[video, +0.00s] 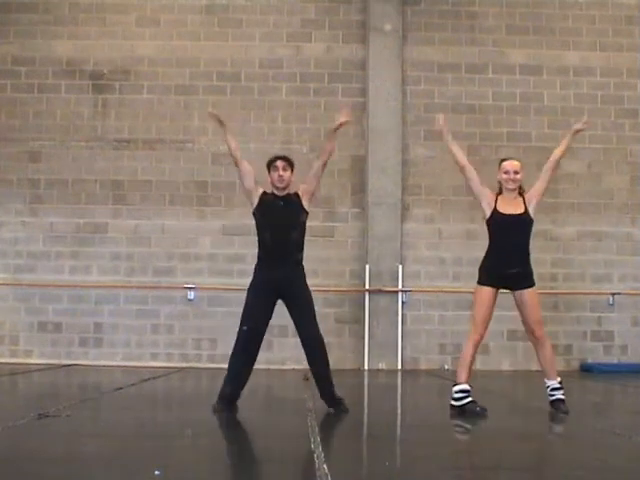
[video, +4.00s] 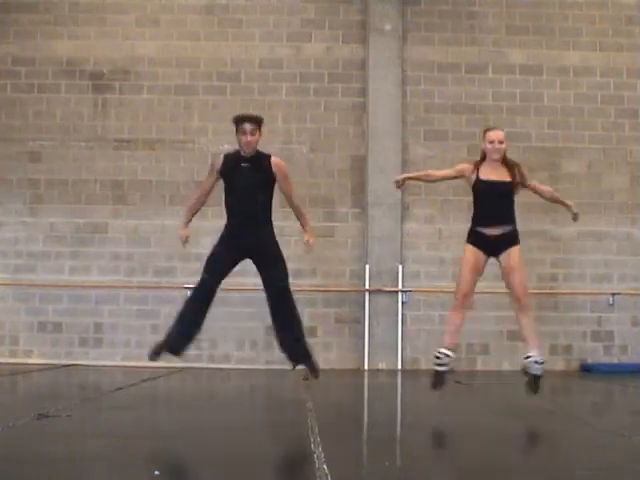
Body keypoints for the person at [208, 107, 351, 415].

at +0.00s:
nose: (280, 173)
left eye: (285, 169)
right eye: (275, 169)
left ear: (292, 174)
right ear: (268, 175)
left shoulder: (302, 198)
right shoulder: (258, 196)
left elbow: (321, 164)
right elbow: (238, 161)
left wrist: (334, 131)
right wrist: (225, 127)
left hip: (294, 281)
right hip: (264, 281)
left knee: (312, 338)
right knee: (248, 339)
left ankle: (330, 396)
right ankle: (227, 399)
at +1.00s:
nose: (285, 194)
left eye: (290, 189)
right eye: (280, 188)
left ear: (297, 187)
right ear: (273, 185)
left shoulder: (303, 207)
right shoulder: (259, 202)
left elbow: (290, 247)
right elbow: (259, 243)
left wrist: (277, 283)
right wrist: (265, 280)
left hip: (289, 280)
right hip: (259, 279)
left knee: (310, 340)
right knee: (238, 339)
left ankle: (331, 398)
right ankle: (218, 398)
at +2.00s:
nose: (262, 317)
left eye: (265, 314)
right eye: (260, 313)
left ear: (269, 308)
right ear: (251, 294)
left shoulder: (278, 310)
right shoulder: (245, 276)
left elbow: (265, 357)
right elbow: (219, 247)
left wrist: (256, 399)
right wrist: (211, 274)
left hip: (273, 331)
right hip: (243, 327)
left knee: (298, 357)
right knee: (208, 348)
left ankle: (287, 392)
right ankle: (227, 388)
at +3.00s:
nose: (264, 298)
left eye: (270, 294)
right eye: (260, 292)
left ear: (275, 296)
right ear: (250, 291)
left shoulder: (276, 313)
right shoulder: (230, 308)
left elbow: (267, 359)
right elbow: (221, 356)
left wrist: (256, 400)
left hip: (265, 330)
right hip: (228, 326)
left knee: (303, 362)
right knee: (190, 358)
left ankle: (344, 401)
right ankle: (144, 397)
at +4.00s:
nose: (247, 138)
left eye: (252, 133)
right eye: (243, 133)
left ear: (260, 136)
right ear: (236, 136)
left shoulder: (273, 165)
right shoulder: (223, 162)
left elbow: (291, 199)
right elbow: (203, 193)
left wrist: (307, 229)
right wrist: (186, 222)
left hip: (263, 240)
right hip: (231, 239)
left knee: (281, 294)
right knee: (205, 287)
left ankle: (302, 356)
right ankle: (173, 343)